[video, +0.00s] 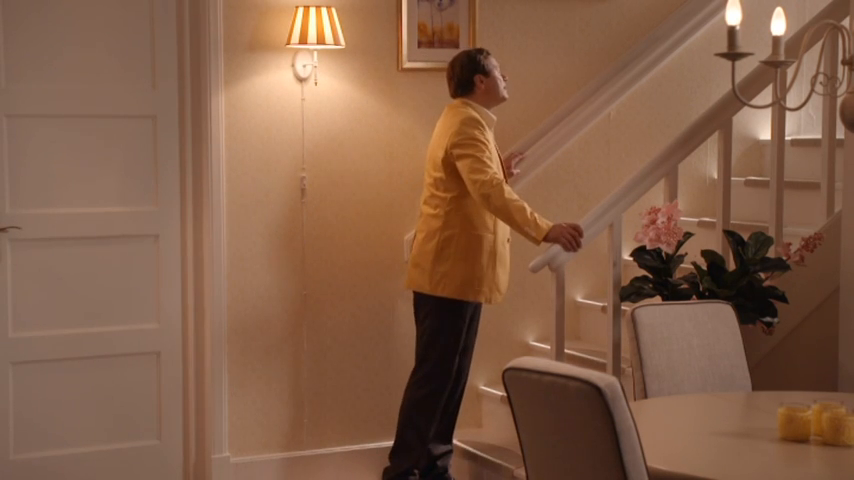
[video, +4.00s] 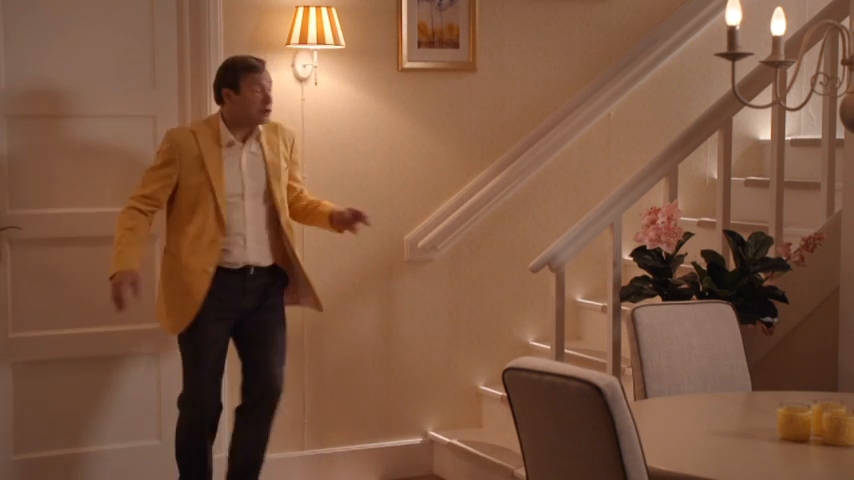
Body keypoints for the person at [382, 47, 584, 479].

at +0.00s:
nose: (505, 80)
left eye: (501, 73)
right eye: (498, 73)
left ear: (474, 82)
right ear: (480, 81)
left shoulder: (465, 120)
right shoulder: (466, 123)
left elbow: (461, 194)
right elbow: (489, 190)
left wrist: (498, 178)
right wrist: (545, 229)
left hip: (462, 271)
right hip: (448, 271)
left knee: (451, 376)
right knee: (435, 375)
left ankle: (433, 469)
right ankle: (405, 471)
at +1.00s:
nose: (500, 80)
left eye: (495, 72)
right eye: (493, 72)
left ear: (470, 82)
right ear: (477, 80)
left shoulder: (463, 119)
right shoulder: (467, 119)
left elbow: (462, 193)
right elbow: (491, 185)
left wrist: (500, 174)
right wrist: (544, 227)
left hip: (464, 269)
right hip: (454, 269)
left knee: (455, 374)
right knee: (442, 373)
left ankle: (434, 467)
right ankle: (408, 470)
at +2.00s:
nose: (476, 79)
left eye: (483, 73)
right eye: (467, 73)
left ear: (494, 85)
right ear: (452, 86)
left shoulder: (509, 142)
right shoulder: (429, 127)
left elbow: (516, 197)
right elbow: (391, 186)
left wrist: (520, 211)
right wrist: (360, 247)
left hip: (482, 268)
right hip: (432, 264)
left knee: (463, 379)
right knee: (429, 375)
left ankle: (442, 469)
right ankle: (413, 470)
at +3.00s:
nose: (305, 94)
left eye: (312, 86)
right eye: (305, 86)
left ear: (343, 90)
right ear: (331, 91)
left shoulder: (382, 137)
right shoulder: (301, 138)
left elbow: (414, 201)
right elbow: (289, 201)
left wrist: (367, 222)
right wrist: (265, 255)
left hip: (369, 276)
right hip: (316, 277)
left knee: (396, 381)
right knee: (314, 389)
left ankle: (415, 471)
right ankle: (328, 477)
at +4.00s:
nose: (269, 98)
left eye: (270, 90)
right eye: (259, 90)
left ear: (268, 94)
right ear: (227, 96)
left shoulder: (280, 140)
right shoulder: (184, 142)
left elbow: (295, 201)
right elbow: (141, 207)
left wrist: (332, 215)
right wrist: (125, 264)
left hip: (265, 287)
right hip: (206, 287)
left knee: (266, 393)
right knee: (202, 403)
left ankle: (242, 478)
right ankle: (195, 478)